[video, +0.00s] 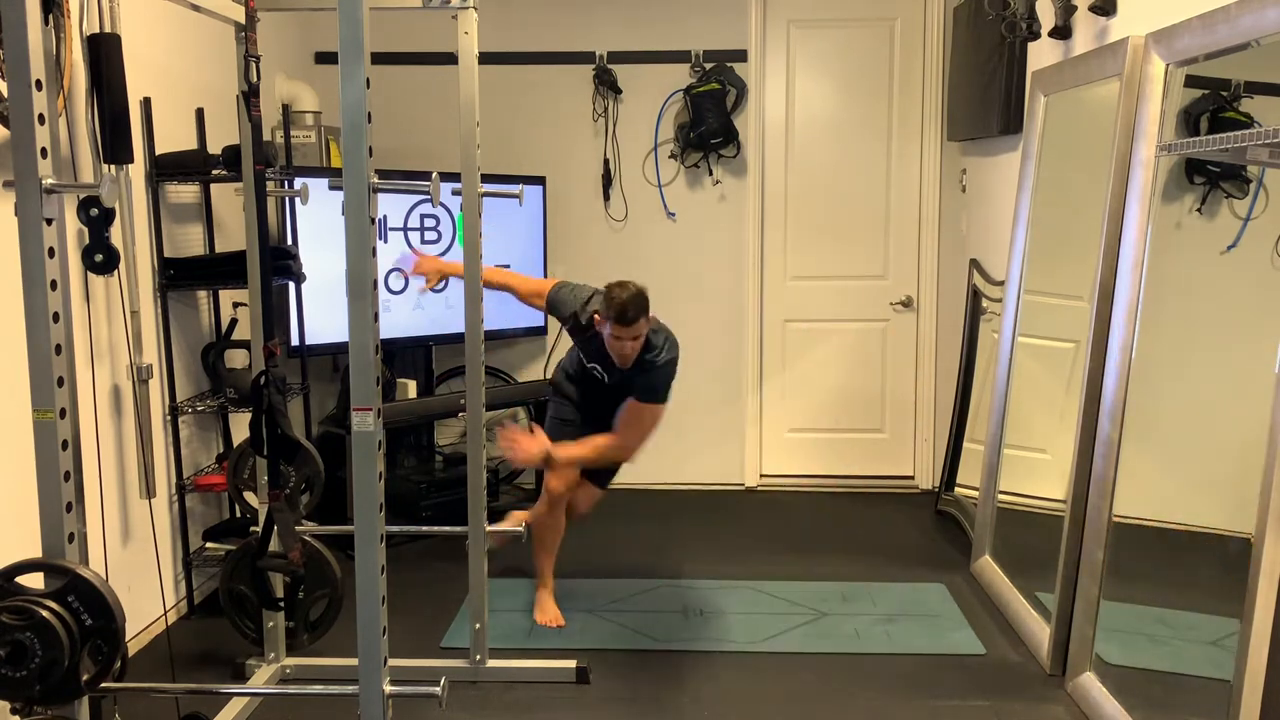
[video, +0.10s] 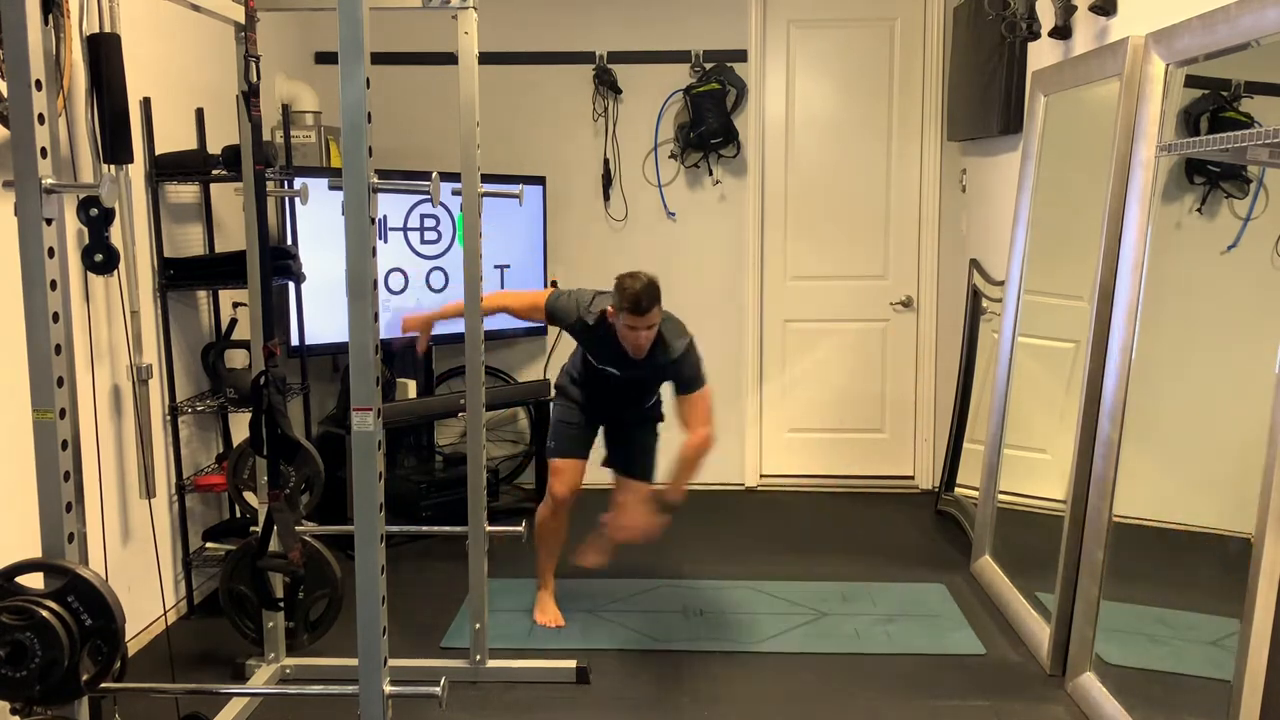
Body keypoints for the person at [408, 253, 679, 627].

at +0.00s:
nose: (626, 348)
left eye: (635, 339)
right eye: (617, 339)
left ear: (648, 325)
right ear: (601, 322)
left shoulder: (661, 355)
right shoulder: (582, 308)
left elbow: (623, 444)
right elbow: (511, 282)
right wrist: (447, 267)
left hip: (616, 421)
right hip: (573, 398)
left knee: (580, 504)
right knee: (556, 489)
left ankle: (523, 520)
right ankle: (545, 589)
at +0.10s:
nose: (641, 338)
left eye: (649, 329)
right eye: (632, 328)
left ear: (660, 316)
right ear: (613, 315)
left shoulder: (676, 343)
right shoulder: (584, 311)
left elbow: (701, 432)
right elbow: (503, 301)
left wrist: (673, 494)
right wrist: (434, 313)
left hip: (636, 409)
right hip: (581, 398)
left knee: (631, 512)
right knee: (560, 495)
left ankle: (603, 541)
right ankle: (546, 589)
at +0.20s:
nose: (664, 319)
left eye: (672, 309)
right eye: (655, 309)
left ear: (682, 298)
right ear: (633, 298)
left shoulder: (701, 322)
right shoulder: (600, 313)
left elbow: (771, 373)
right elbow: (514, 335)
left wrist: (777, 446)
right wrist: (466, 388)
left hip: (663, 402)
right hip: (600, 400)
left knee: (698, 498)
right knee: (571, 497)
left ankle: (721, 540)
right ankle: (546, 592)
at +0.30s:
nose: (700, 297)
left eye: (708, 286)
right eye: (690, 288)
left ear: (717, 273)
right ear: (669, 276)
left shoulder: (738, 287)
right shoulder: (640, 303)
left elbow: (808, 301)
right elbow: (572, 372)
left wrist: (824, 359)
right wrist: (578, 455)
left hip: (708, 386)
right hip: (644, 389)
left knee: (756, 476)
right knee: (598, 481)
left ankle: (812, 562)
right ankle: (550, 582)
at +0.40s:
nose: (741, 290)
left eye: (750, 279)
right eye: (731, 280)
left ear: (760, 267)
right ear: (712, 268)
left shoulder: (777, 269)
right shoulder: (687, 307)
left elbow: (827, 267)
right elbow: (668, 400)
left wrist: (841, 310)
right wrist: (728, 459)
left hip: (757, 381)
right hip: (696, 389)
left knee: (803, 484)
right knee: (651, 489)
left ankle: (860, 584)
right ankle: (626, 544)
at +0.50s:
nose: (786, 301)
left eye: (794, 290)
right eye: (776, 291)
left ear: (803, 278)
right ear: (756, 280)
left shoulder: (813, 281)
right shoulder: (734, 329)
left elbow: (838, 268)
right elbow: (764, 417)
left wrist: (843, 295)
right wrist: (845, 414)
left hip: (795, 390)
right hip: (737, 405)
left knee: (835, 500)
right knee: (732, 508)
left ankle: (873, 593)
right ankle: (761, 498)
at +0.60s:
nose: (819, 321)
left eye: (827, 309)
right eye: (807, 311)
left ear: (837, 298)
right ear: (787, 301)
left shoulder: (838, 303)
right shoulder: (769, 355)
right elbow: (846, 423)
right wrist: (895, 363)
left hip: (819, 400)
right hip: (775, 427)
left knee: (854, 506)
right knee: (819, 515)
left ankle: (876, 595)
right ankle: (847, 495)